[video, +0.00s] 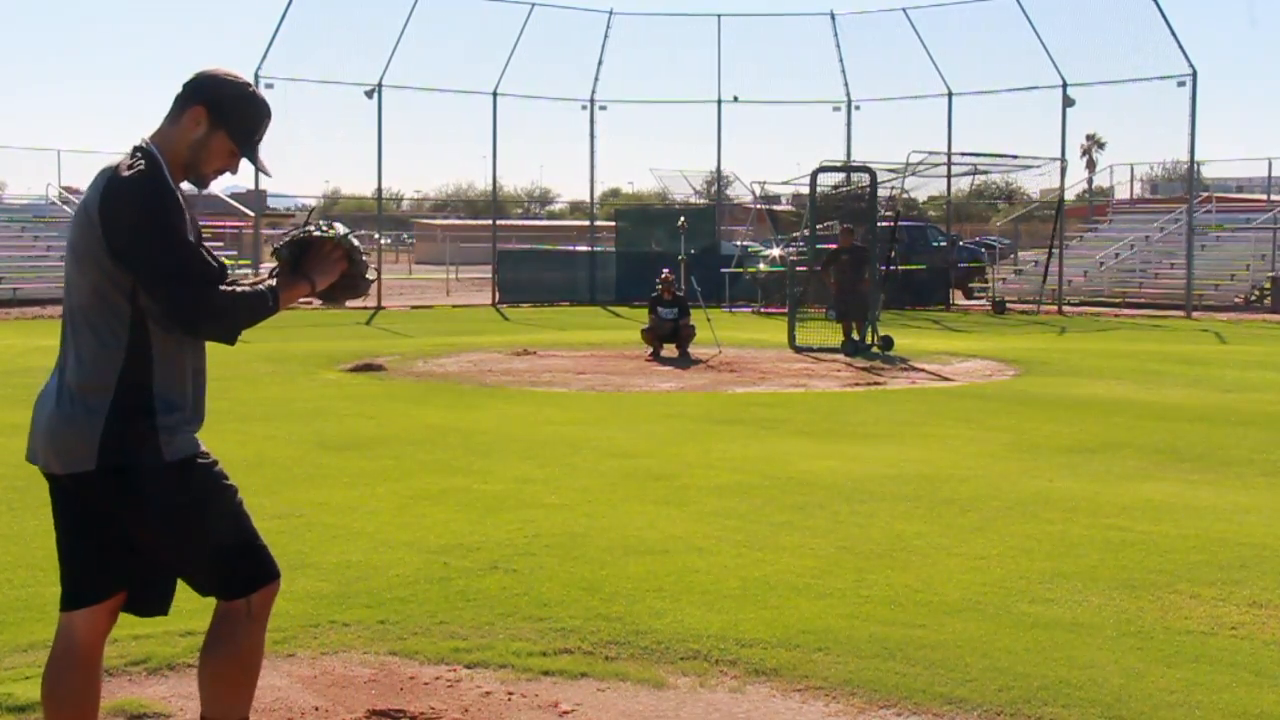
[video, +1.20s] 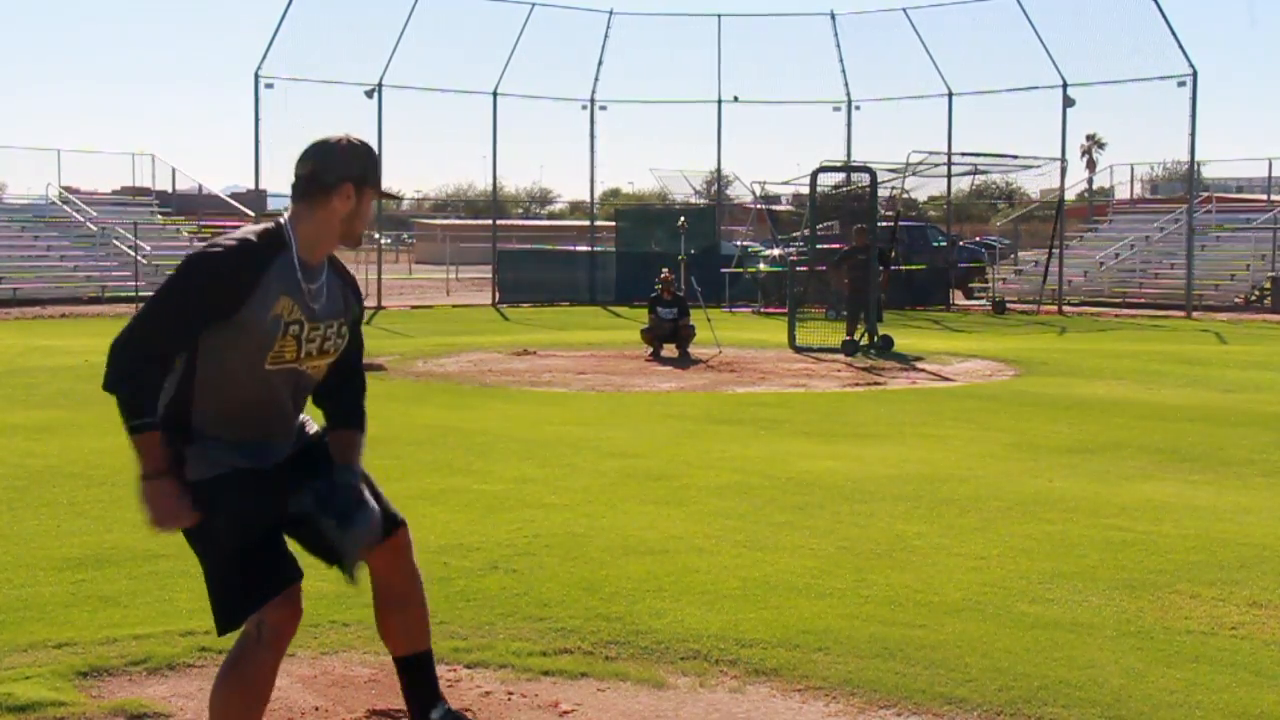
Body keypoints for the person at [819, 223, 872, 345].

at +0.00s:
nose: (844, 239)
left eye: (847, 236)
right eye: (842, 236)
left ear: (852, 237)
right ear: (839, 237)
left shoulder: (862, 251)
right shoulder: (836, 253)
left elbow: (870, 267)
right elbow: (824, 269)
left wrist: (868, 281)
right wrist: (830, 283)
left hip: (858, 288)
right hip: (842, 288)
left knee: (860, 317)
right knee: (845, 318)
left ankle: (862, 340)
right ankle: (847, 341)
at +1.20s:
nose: (860, 238)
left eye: (862, 235)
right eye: (857, 235)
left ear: (867, 236)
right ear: (854, 237)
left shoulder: (874, 251)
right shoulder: (848, 252)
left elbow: (886, 264)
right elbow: (835, 266)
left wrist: (883, 281)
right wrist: (841, 282)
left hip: (871, 288)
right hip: (854, 288)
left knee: (871, 318)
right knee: (852, 317)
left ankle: (871, 342)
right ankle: (849, 340)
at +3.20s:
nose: (867, 238)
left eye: (870, 235)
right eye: (865, 235)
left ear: (875, 236)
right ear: (863, 237)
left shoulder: (885, 251)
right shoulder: (858, 252)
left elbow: (897, 266)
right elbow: (847, 267)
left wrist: (890, 284)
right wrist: (853, 281)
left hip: (878, 288)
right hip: (861, 287)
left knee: (875, 317)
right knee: (856, 316)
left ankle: (873, 341)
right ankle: (856, 339)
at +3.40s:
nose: (867, 237)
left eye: (870, 234)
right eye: (865, 234)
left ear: (876, 236)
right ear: (863, 236)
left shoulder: (885, 251)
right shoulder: (858, 252)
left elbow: (897, 266)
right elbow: (850, 267)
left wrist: (890, 284)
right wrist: (854, 281)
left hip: (878, 287)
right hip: (862, 287)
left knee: (876, 315)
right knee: (858, 314)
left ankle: (875, 337)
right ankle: (866, 336)